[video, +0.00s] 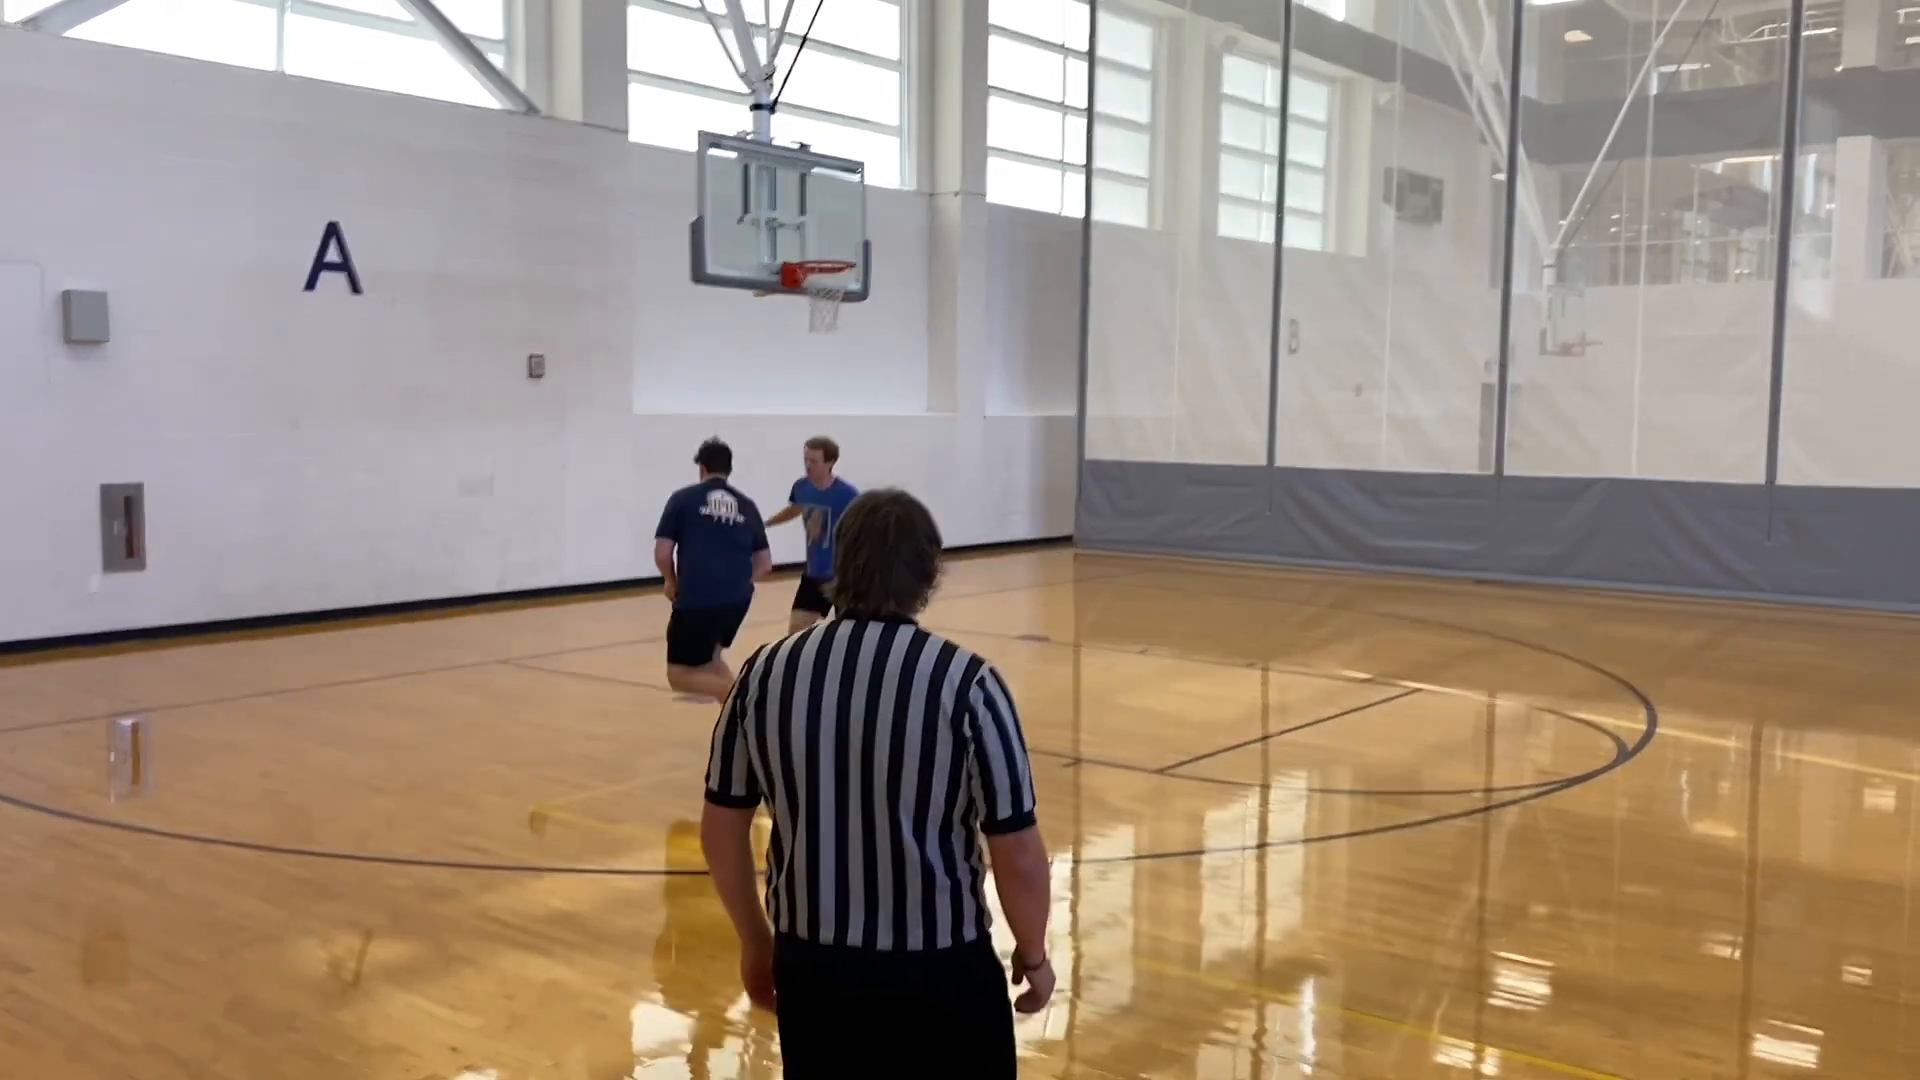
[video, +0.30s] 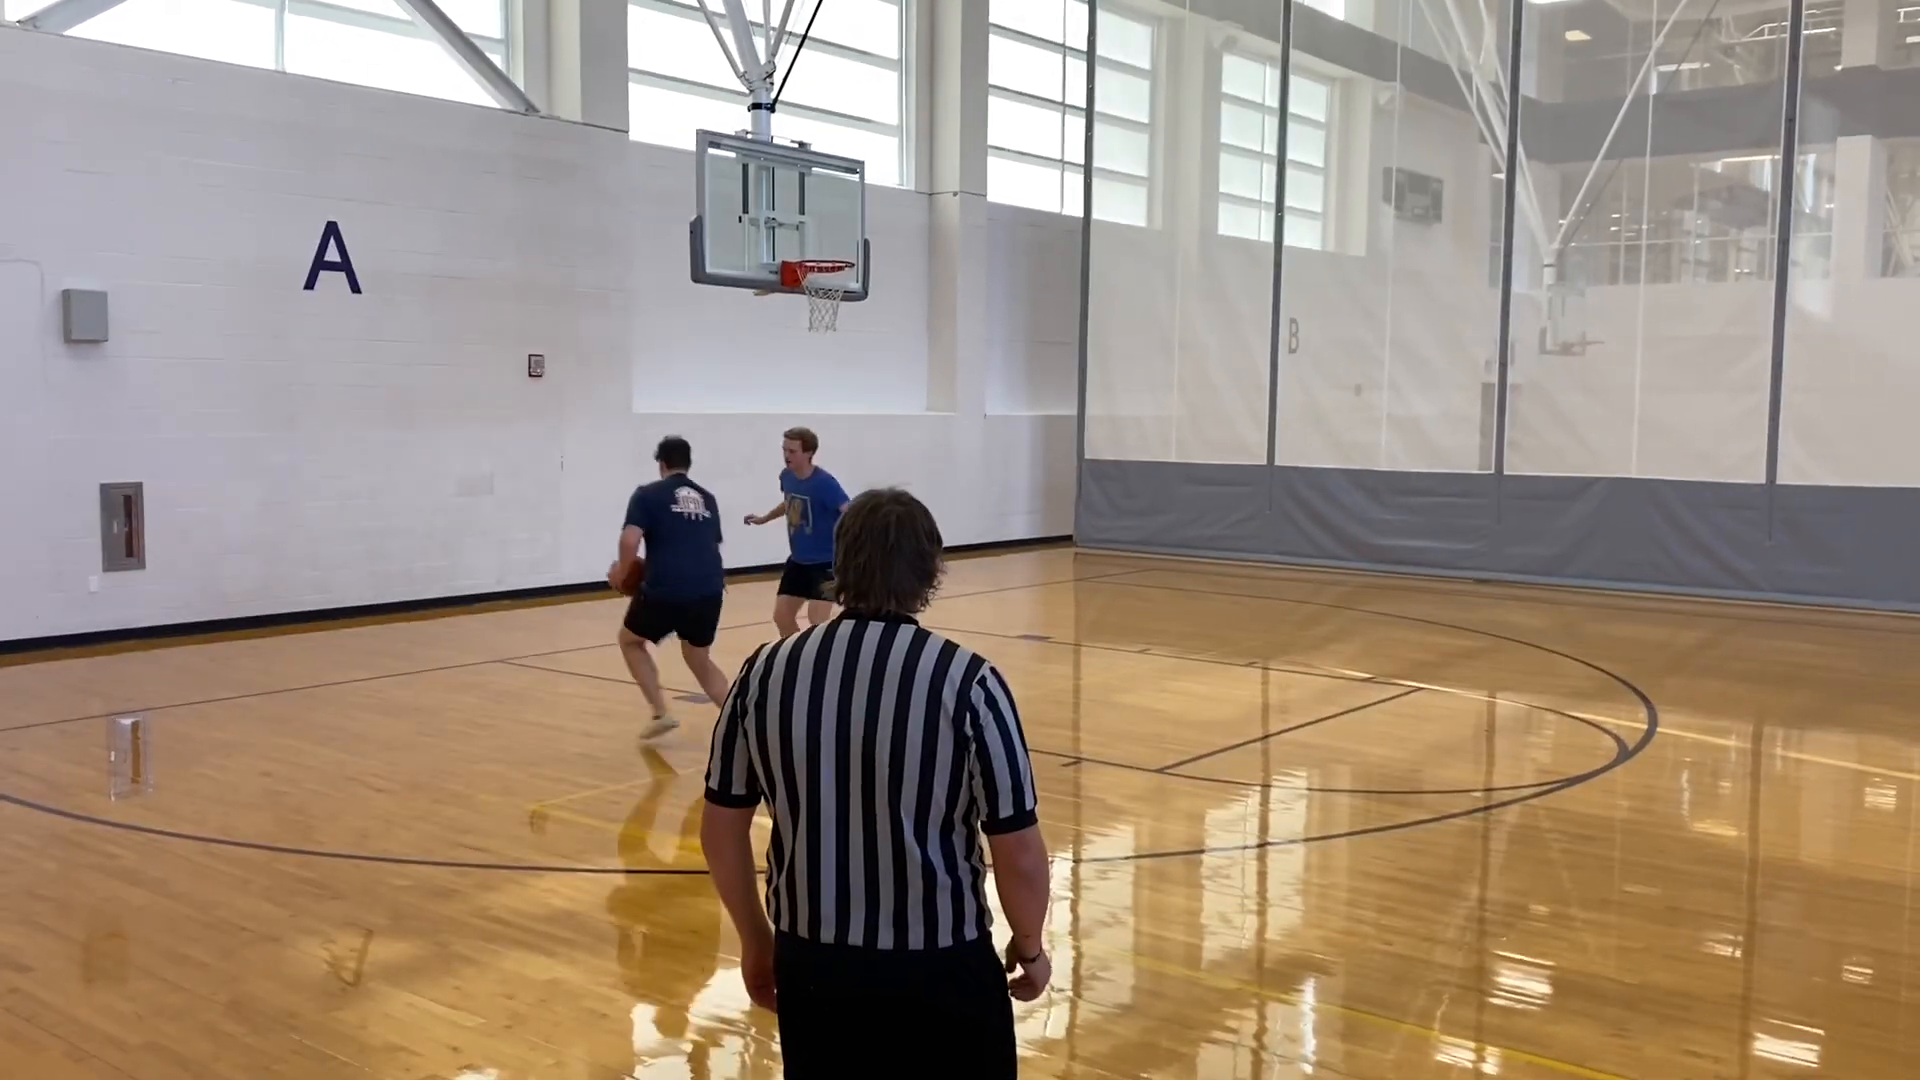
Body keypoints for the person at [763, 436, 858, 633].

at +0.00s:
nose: (807, 466)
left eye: (813, 461)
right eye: (806, 460)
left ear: (829, 464)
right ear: (803, 460)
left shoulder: (848, 495)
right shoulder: (801, 488)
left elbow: (861, 534)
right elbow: (795, 509)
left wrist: (851, 571)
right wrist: (764, 525)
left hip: (843, 577)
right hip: (813, 576)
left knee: (851, 633)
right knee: (796, 636)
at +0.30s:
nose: (786, 456)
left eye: (792, 451)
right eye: (785, 450)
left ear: (809, 453)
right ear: (783, 450)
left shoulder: (825, 483)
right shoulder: (786, 477)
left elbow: (853, 517)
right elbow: (790, 504)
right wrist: (764, 518)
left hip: (826, 564)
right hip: (798, 562)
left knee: (818, 620)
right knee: (783, 618)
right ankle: (799, 665)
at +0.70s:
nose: (764, 457)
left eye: (770, 453)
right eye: (763, 452)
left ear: (786, 456)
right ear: (762, 453)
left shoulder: (801, 485)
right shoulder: (771, 483)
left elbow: (829, 520)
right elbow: (776, 521)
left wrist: (818, 547)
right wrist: (757, 539)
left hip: (807, 567)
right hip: (779, 564)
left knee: (796, 626)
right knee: (752, 610)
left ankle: (804, 673)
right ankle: (765, 662)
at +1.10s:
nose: (740, 466)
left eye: (745, 462)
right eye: (739, 461)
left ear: (760, 465)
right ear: (746, 464)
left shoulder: (775, 494)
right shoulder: (748, 494)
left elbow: (798, 532)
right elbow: (757, 535)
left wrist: (782, 560)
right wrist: (733, 556)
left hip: (781, 575)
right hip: (755, 572)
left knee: (787, 632)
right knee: (735, 617)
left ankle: (797, 682)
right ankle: (744, 659)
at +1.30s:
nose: (725, 465)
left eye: (730, 461)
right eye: (725, 460)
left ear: (747, 466)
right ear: (732, 464)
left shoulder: (758, 497)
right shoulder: (731, 493)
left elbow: (782, 534)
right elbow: (736, 533)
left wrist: (763, 559)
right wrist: (715, 552)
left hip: (763, 577)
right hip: (738, 574)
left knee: (774, 633)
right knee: (731, 621)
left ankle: (814, 655)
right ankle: (750, 665)